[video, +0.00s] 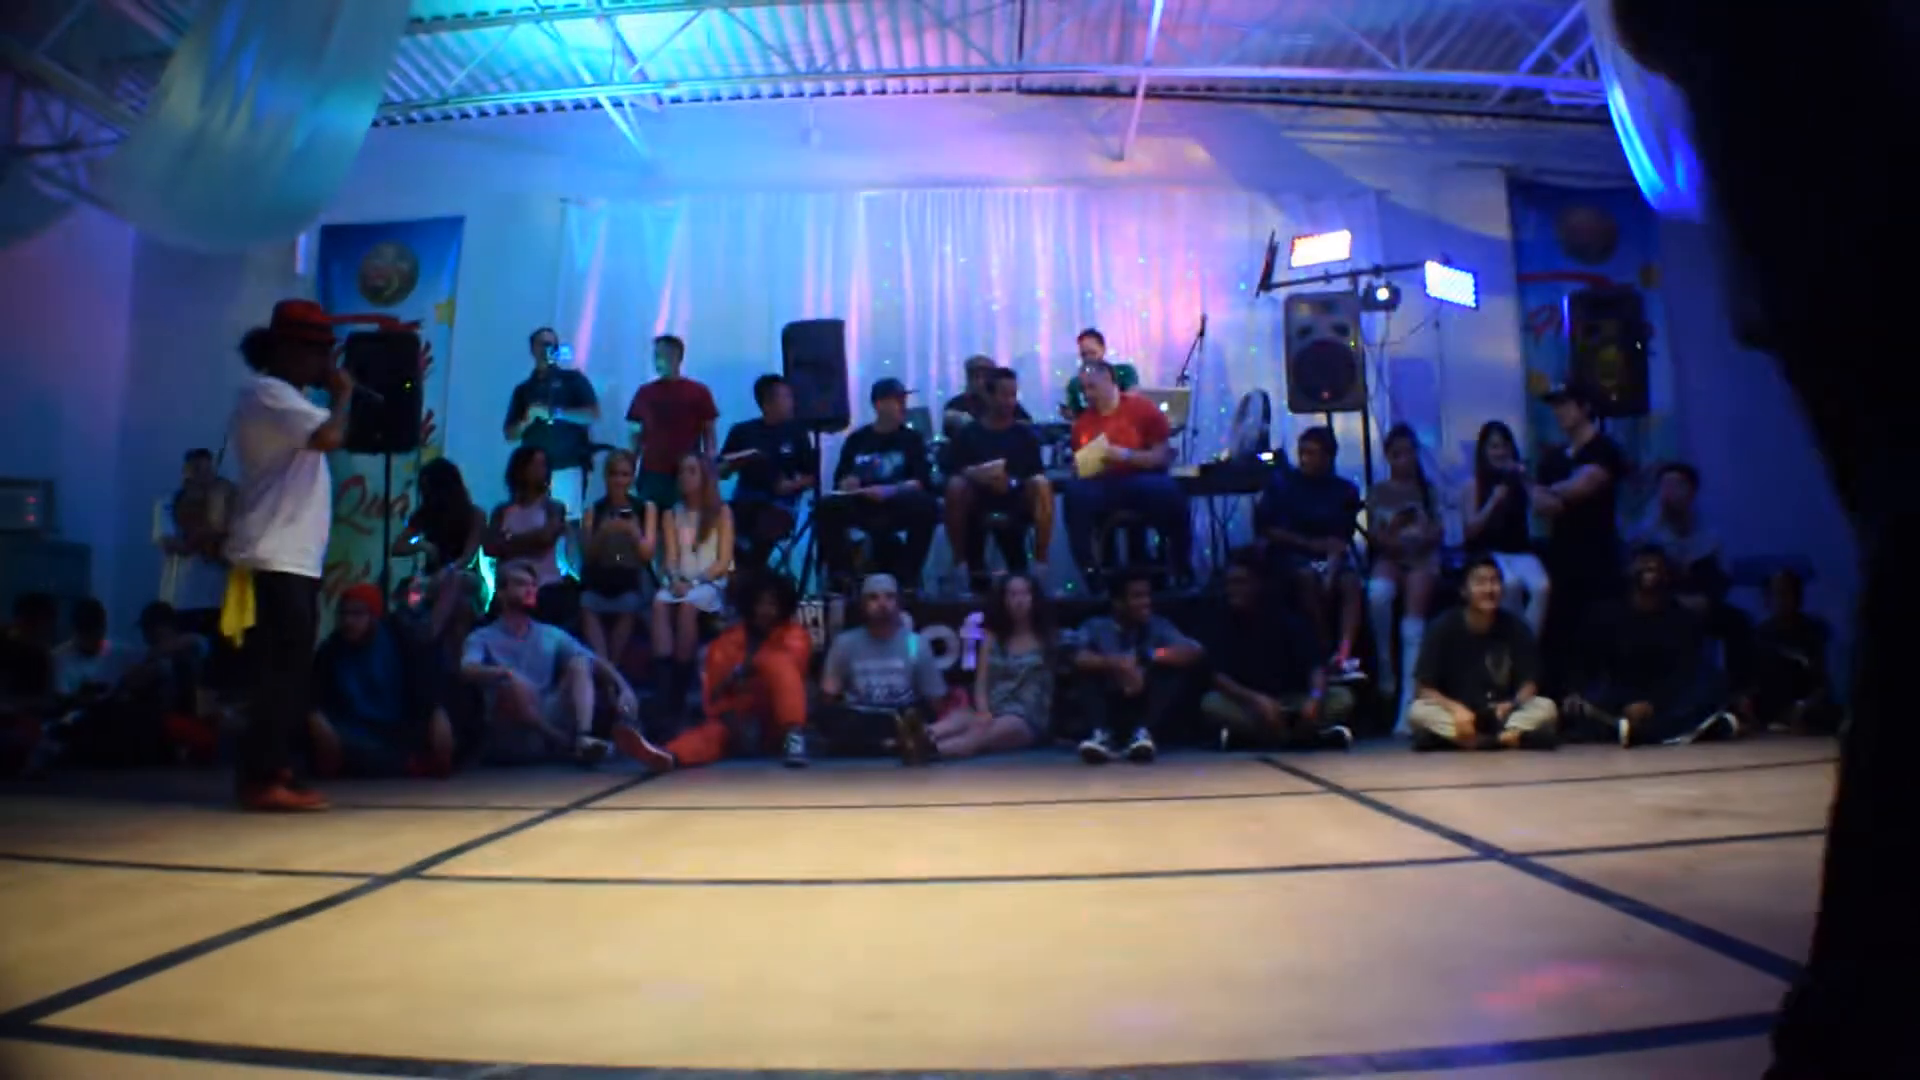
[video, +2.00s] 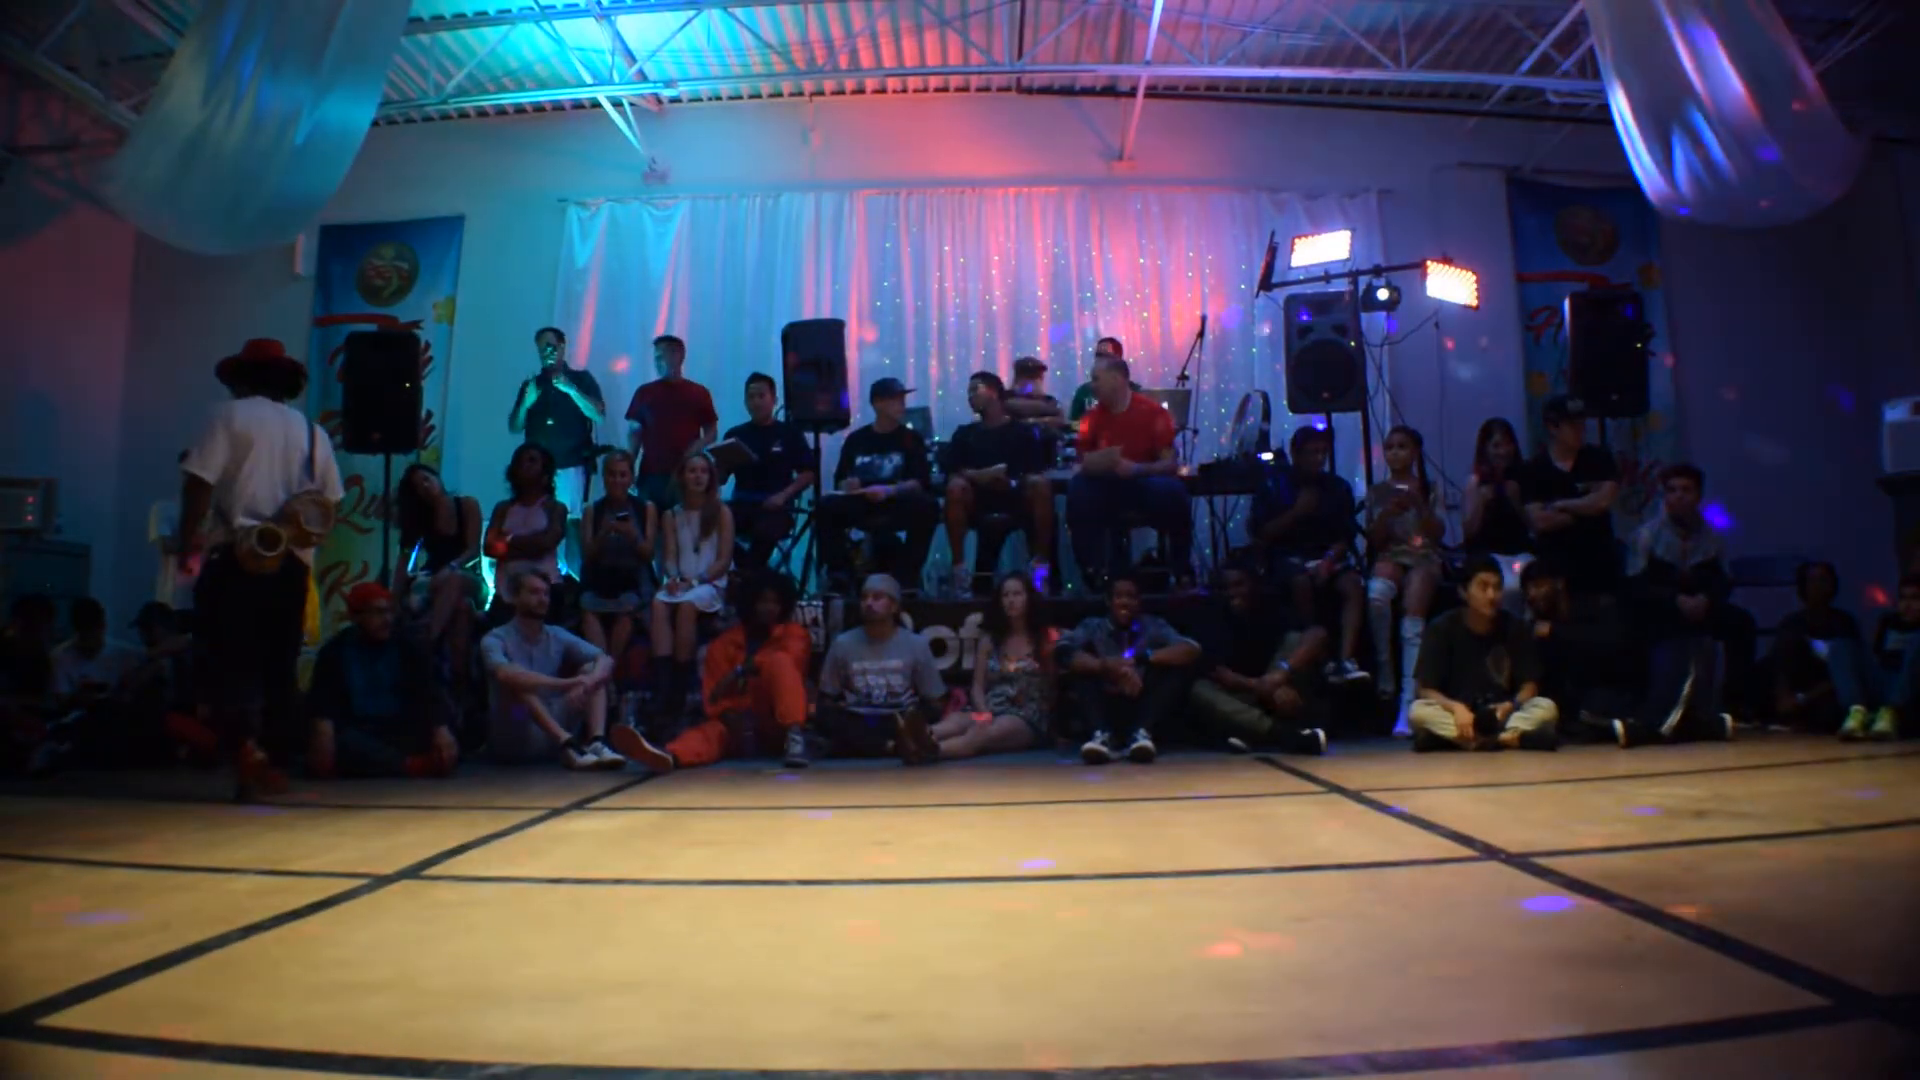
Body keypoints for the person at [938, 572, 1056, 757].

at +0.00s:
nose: (1020, 601)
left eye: (1026, 594)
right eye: (1013, 595)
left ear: (1034, 598)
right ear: (1004, 600)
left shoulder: (1045, 638)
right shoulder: (993, 638)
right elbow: (981, 682)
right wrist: (983, 713)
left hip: (1028, 713)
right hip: (993, 709)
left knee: (982, 737)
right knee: (960, 718)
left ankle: (933, 750)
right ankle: (924, 736)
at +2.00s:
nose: (1011, 600)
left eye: (1017, 594)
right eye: (1006, 595)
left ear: (1030, 598)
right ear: (999, 600)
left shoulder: (1044, 638)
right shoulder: (990, 640)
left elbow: (1053, 683)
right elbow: (978, 685)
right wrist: (983, 712)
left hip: (1030, 714)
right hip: (993, 710)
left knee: (980, 735)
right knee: (957, 720)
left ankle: (931, 751)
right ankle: (918, 736)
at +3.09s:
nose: (1017, 600)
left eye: (1022, 594)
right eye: (1010, 596)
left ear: (1030, 598)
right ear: (1001, 601)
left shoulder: (1045, 638)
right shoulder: (989, 641)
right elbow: (977, 687)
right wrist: (984, 711)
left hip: (1028, 712)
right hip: (991, 710)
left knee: (992, 734)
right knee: (954, 721)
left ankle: (933, 752)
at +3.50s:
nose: (1018, 599)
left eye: (1023, 594)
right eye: (1011, 594)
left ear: (1032, 599)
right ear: (1000, 600)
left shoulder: (1043, 638)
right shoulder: (988, 639)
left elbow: (1051, 686)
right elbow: (977, 687)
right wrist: (983, 711)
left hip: (1027, 714)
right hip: (990, 711)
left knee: (981, 735)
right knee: (958, 720)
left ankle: (931, 751)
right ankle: (917, 736)